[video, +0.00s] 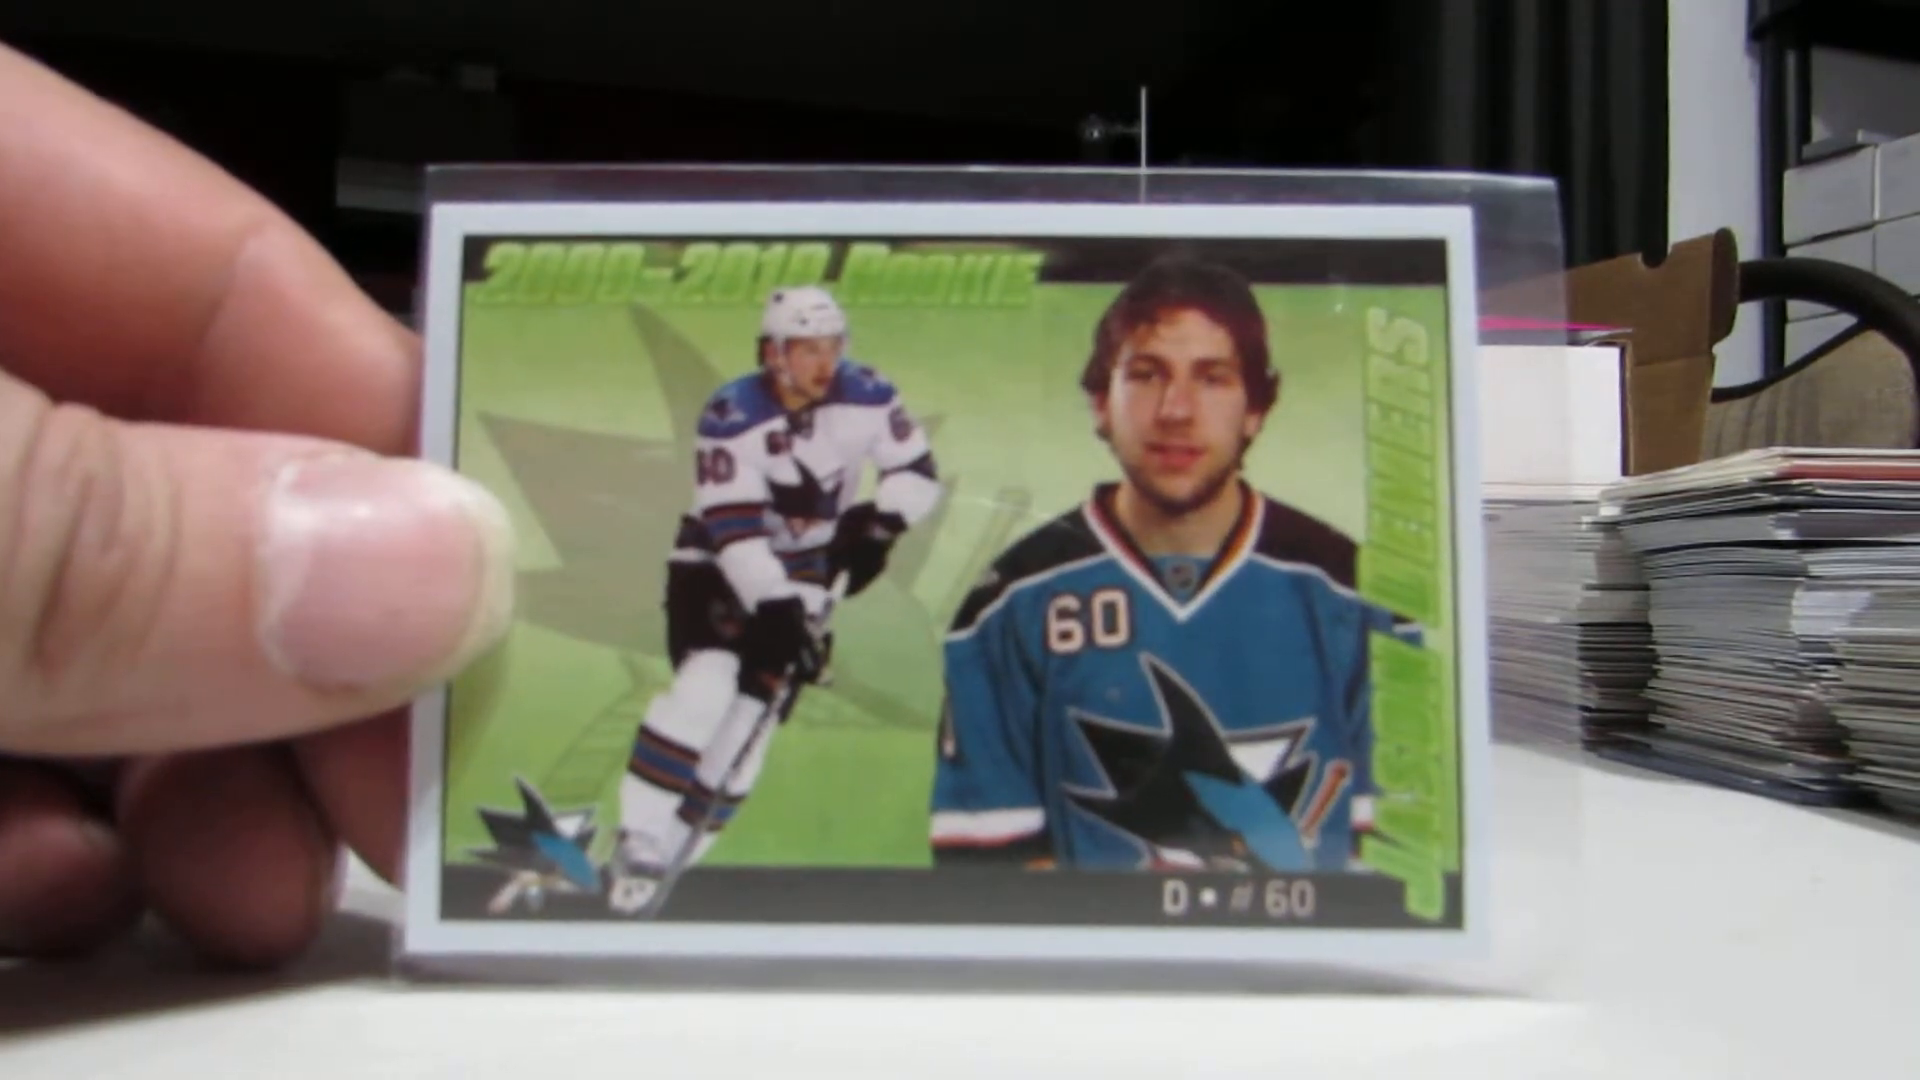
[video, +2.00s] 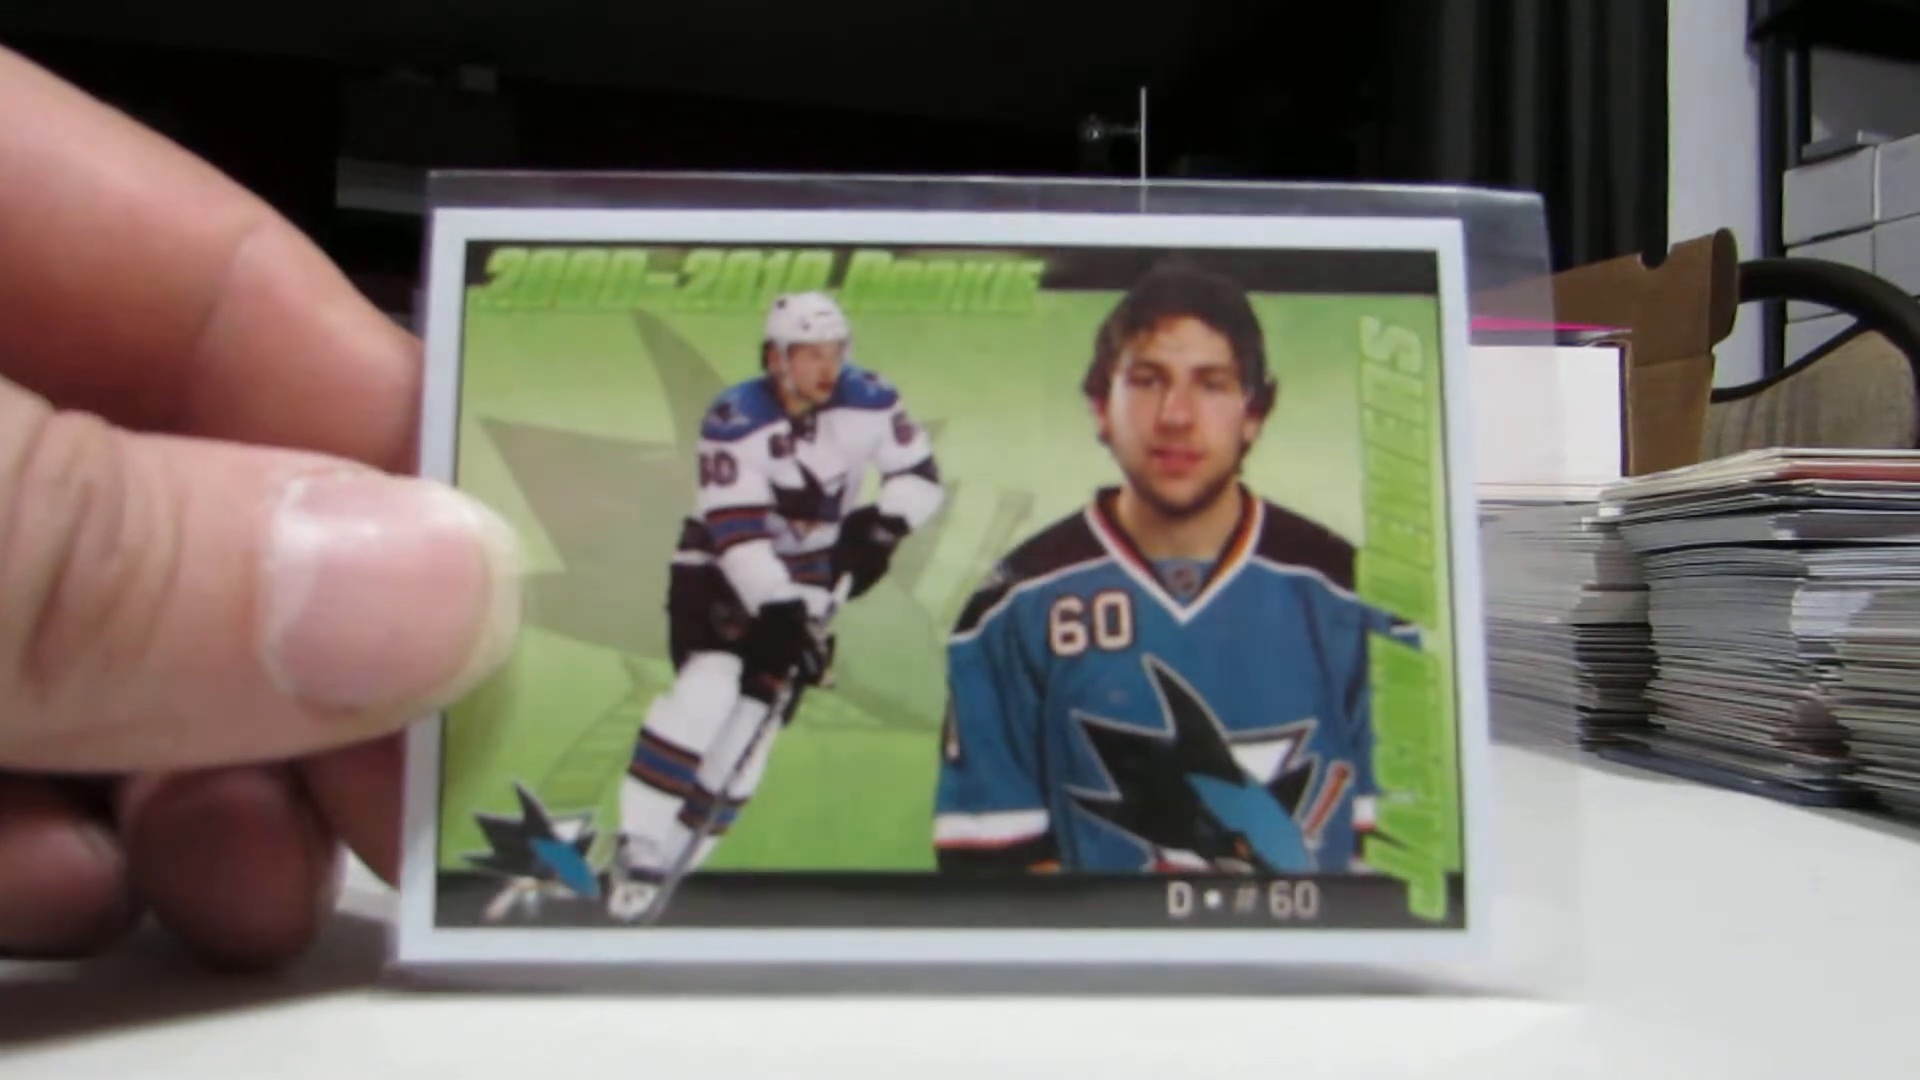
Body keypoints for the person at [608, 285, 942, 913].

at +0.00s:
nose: (825, 364)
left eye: (832, 350)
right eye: (809, 350)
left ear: (842, 350)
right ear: (773, 356)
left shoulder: (868, 398)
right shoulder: (733, 415)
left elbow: (917, 475)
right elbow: (732, 523)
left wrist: (877, 527)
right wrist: (774, 602)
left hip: (807, 572)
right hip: (721, 562)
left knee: (754, 715)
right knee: (709, 679)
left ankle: (677, 854)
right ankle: (641, 843)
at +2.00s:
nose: (828, 368)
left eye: (836, 354)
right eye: (813, 355)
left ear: (846, 354)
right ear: (777, 359)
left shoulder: (870, 403)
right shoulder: (736, 419)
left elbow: (918, 477)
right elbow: (735, 526)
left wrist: (880, 530)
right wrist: (777, 606)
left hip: (808, 578)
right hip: (723, 566)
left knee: (755, 718)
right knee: (711, 682)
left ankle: (676, 860)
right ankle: (641, 848)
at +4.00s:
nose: (825, 366)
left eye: (832, 352)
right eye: (809, 353)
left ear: (843, 352)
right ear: (773, 359)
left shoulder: (868, 401)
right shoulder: (732, 420)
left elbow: (917, 476)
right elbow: (732, 528)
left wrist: (879, 531)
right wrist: (776, 610)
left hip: (807, 580)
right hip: (720, 569)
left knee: (754, 723)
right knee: (709, 686)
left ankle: (678, 862)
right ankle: (640, 850)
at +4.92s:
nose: (821, 354)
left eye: (830, 340)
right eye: (806, 340)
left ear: (844, 341)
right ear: (774, 344)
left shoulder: (869, 391)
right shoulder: (733, 405)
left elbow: (919, 465)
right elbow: (731, 511)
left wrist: (879, 517)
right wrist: (771, 593)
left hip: (804, 567)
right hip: (717, 554)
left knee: (746, 707)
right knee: (705, 666)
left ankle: (670, 839)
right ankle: (634, 829)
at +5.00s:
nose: (758, 230)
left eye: (771, 217)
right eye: (745, 215)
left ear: (788, 222)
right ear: (720, 215)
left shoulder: (807, 275)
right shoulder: (682, 266)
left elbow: (838, 352)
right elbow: (657, 363)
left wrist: (784, 395)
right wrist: (699, 443)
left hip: (730, 421)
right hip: (655, 402)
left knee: (661, 524)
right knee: (629, 493)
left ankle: (596, 621)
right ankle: (558, 600)